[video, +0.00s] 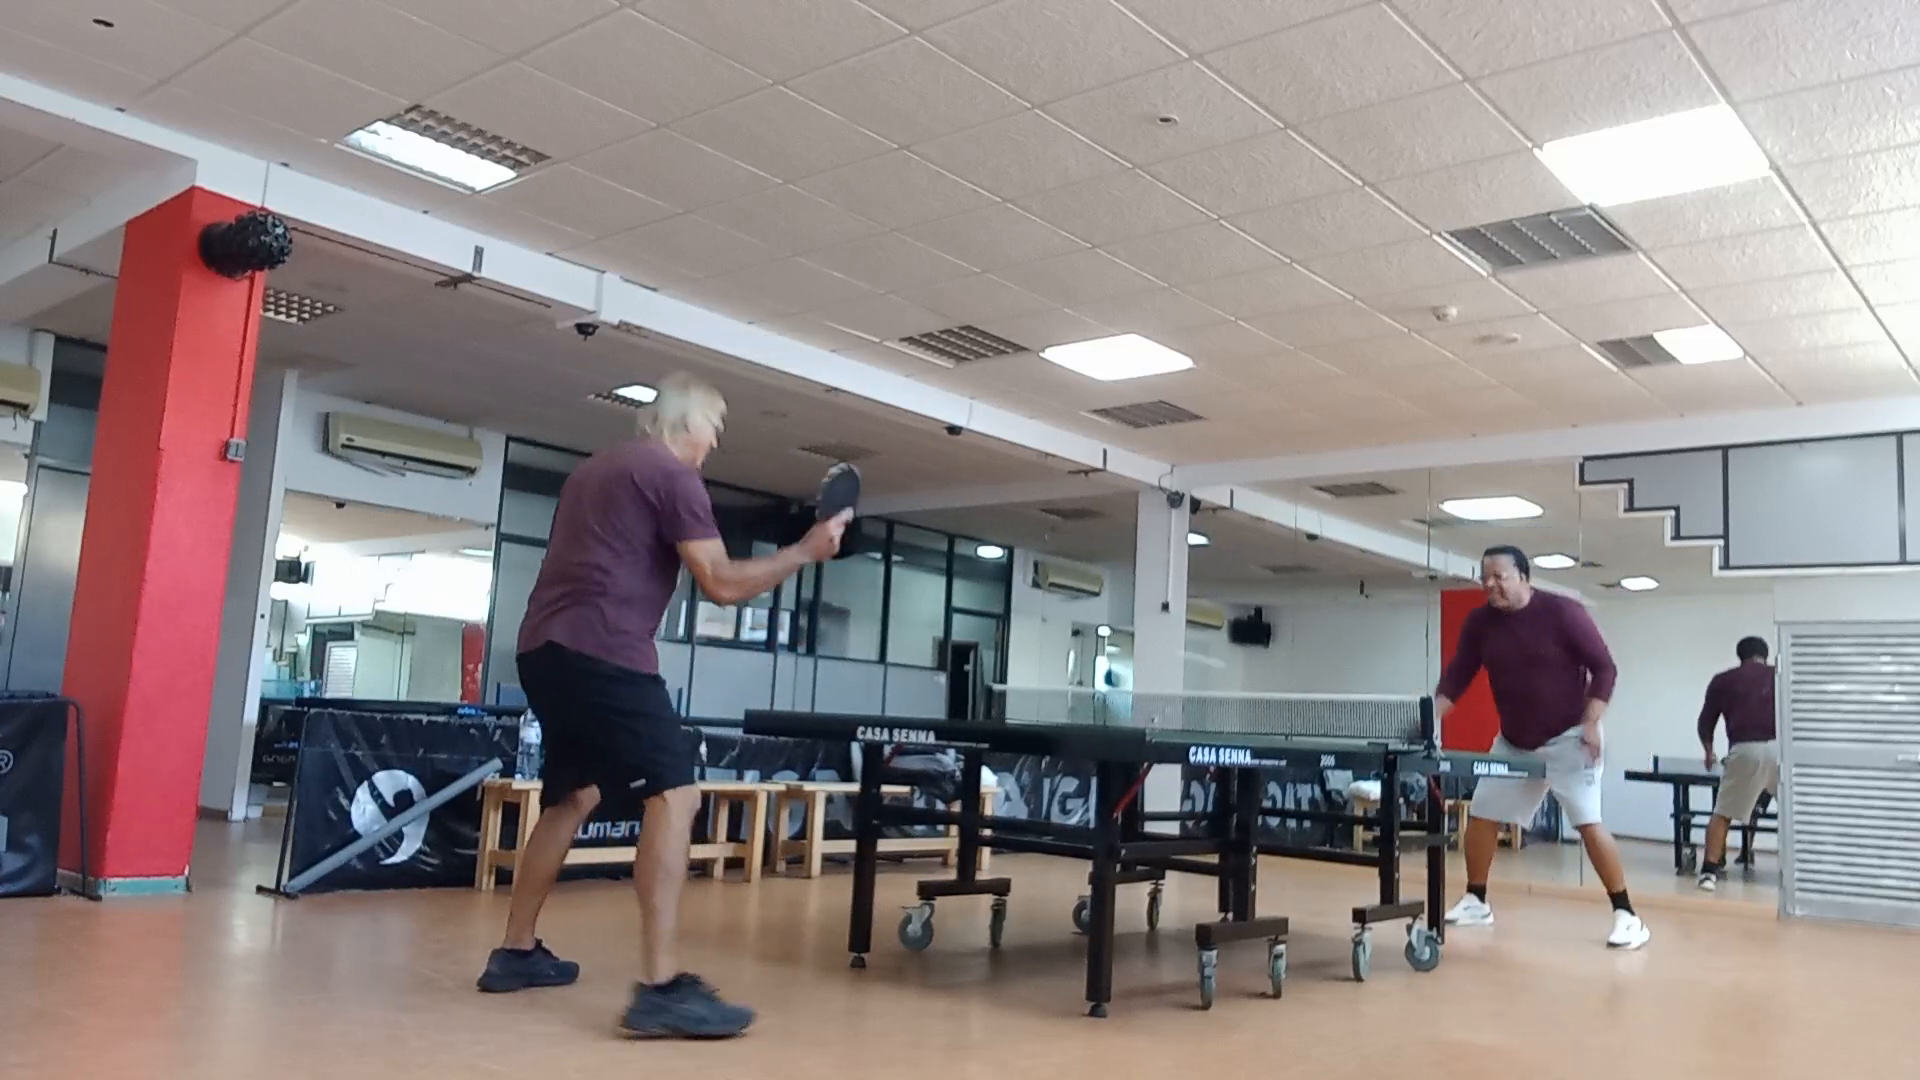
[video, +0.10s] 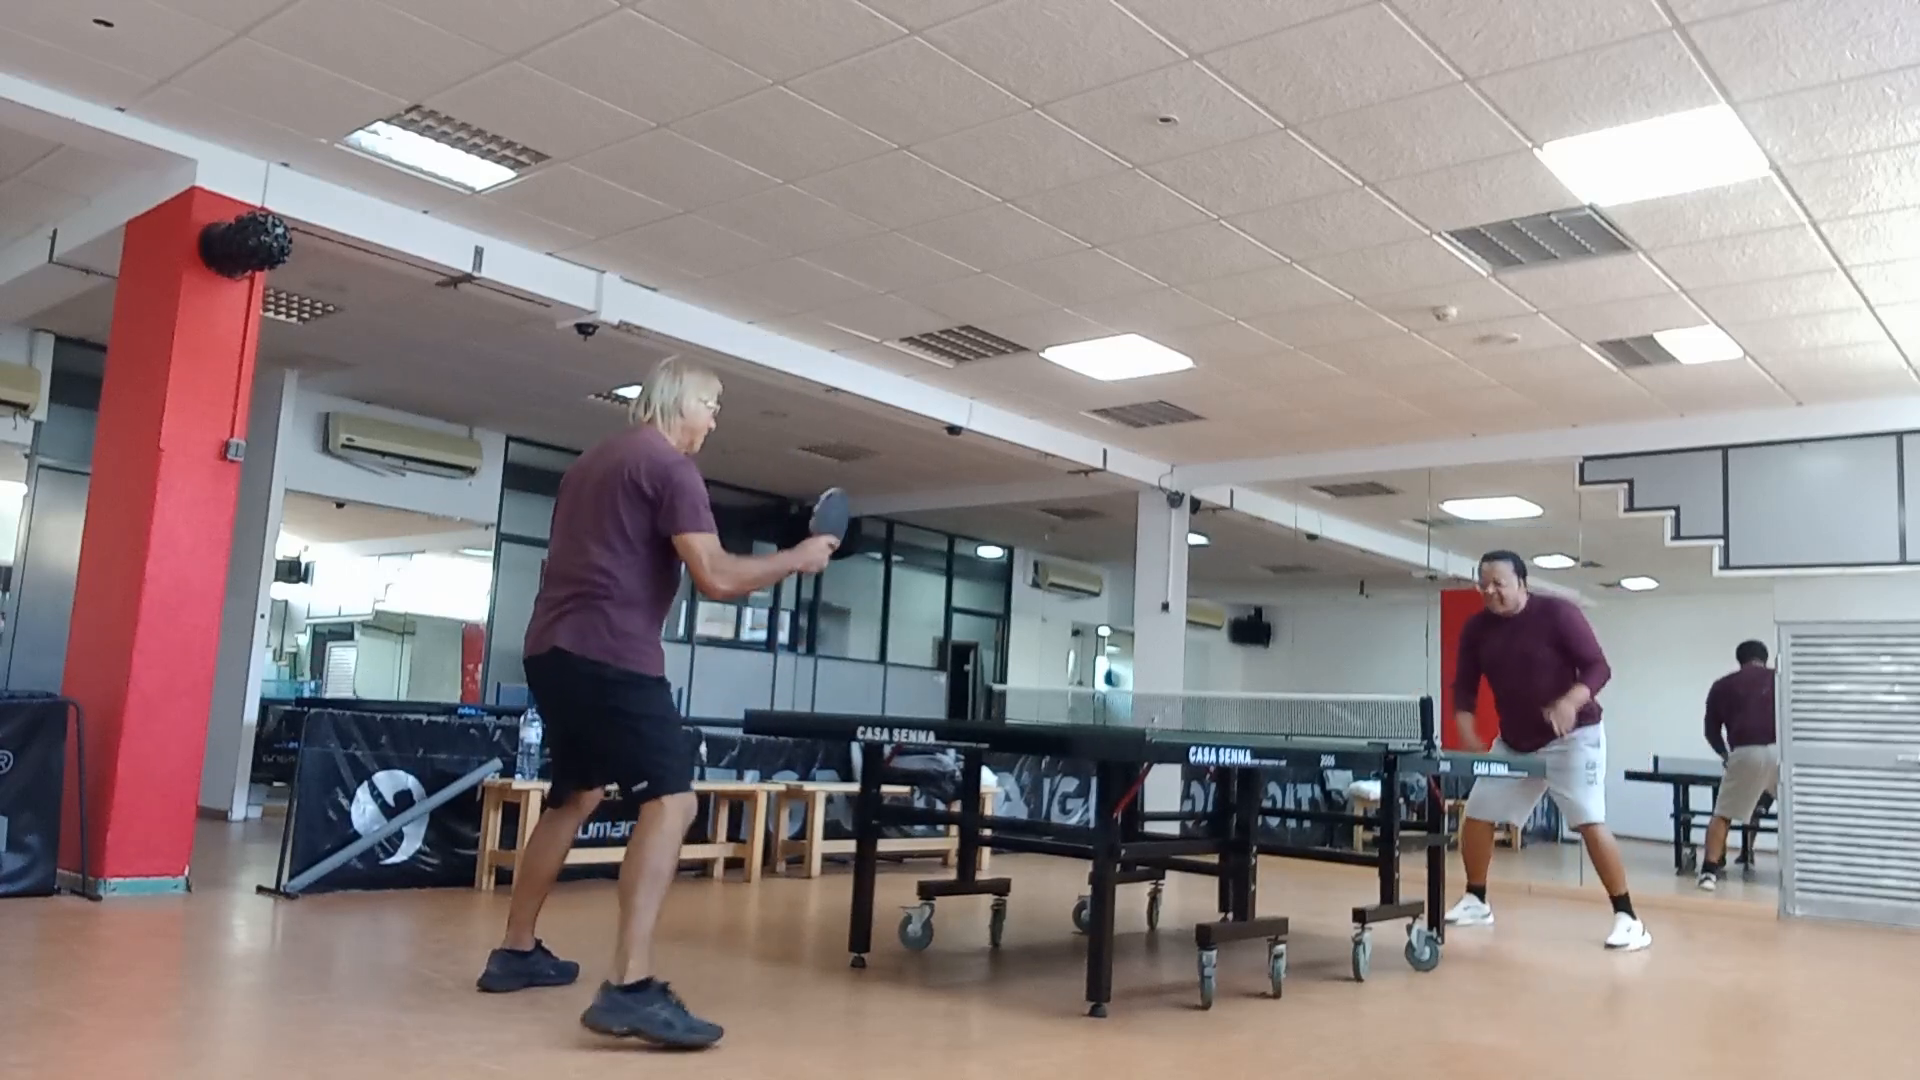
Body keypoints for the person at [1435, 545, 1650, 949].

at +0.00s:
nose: (1491, 584)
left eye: (1499, 576)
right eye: (1486, 578)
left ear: (1523, 577)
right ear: (1482, 582)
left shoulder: (1563, 612)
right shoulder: (1480, 622)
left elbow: (1605, 667)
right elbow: (1458, 675)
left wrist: (1591, 721)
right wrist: (1430, 716)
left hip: (1569, 739)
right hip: (1513, 742)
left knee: (1587, 822)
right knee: (1481, 813)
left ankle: (1626, 916)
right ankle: (1476, 902)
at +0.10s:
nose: (1492, 592)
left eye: (1499, 583)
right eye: (1485, 585)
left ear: (1521, 582)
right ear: (1480, 589)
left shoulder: (1558, 614)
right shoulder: (1477, 629)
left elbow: (1599, 668)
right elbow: (1465, 685)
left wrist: (1571, 700)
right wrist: (1468, 731)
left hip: (1573, 739)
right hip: (1515, 743)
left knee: (1588, 822)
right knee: (1477, 813)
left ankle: (1627, 918)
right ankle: (1476, 902)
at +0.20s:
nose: (1497, 599)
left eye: (1504, 590)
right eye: (1490, 593)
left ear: (1525, 587)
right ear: (1483, 594)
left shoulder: (1562, 616)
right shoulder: (1477, 638)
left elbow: (1606, 666)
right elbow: (1466, 704)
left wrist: (1581, 680)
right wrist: (1504, 730)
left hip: (1577, 740)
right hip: (1520, 747)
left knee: (1590, 819)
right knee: (1476, 816)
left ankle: (1628, 919)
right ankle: (1476, 902)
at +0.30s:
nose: (1505, 601)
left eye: (1512, 592)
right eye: (1497, 594)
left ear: (1531, 590)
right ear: (1489, 597)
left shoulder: (1564, 617)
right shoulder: (1483, 632)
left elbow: (1613, 657)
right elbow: (1458, 669)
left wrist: (1602, 674)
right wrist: (1488, 688)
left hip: (1578, 741)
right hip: (1521, 748)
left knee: (1596, 821)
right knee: (1478, 819)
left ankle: (1629, 919)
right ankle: (1476, 903)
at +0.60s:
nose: (1523, 577)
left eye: (1531, 569)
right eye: (1515, 570)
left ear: (1548, 573)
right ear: (1506, 576)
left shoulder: (1577, 609)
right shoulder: (1491, 608)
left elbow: (1613, 650)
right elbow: (1452, 630)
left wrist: (1644, 694)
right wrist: (1422, 648)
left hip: (1571, 736)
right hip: (1511, 738)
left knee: (1590, 820)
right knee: (1479, 819)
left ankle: (1628, 918)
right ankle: (1471, 900)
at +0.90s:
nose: (1513, 569)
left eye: (1520, 560)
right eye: (1505, 563)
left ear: (1540, 564)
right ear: (1498, 568)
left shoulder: (1575, 607)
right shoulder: (1483, 608)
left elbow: (1621, 652)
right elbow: (1447, 653)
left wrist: (1653, 709)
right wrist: (1421, 694)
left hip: (1566, 734)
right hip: (1506, 736)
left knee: (1586, 825)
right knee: (1481, 821)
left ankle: (1627, 918)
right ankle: (1471, 901)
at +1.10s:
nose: (1492, 570)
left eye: (1500, 562)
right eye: (1486, 565)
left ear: (1524, 566)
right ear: (1481, 573)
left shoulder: (1560, 609)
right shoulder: (1475, 614)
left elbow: (1611, 658)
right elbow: (1448, 661)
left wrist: (1605, 718)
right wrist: (1422, 703)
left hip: (1558, 735)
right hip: (1498, 735)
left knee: (1579, 826)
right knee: (1457, 802)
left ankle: (1626, 920)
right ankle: (1461, 890)